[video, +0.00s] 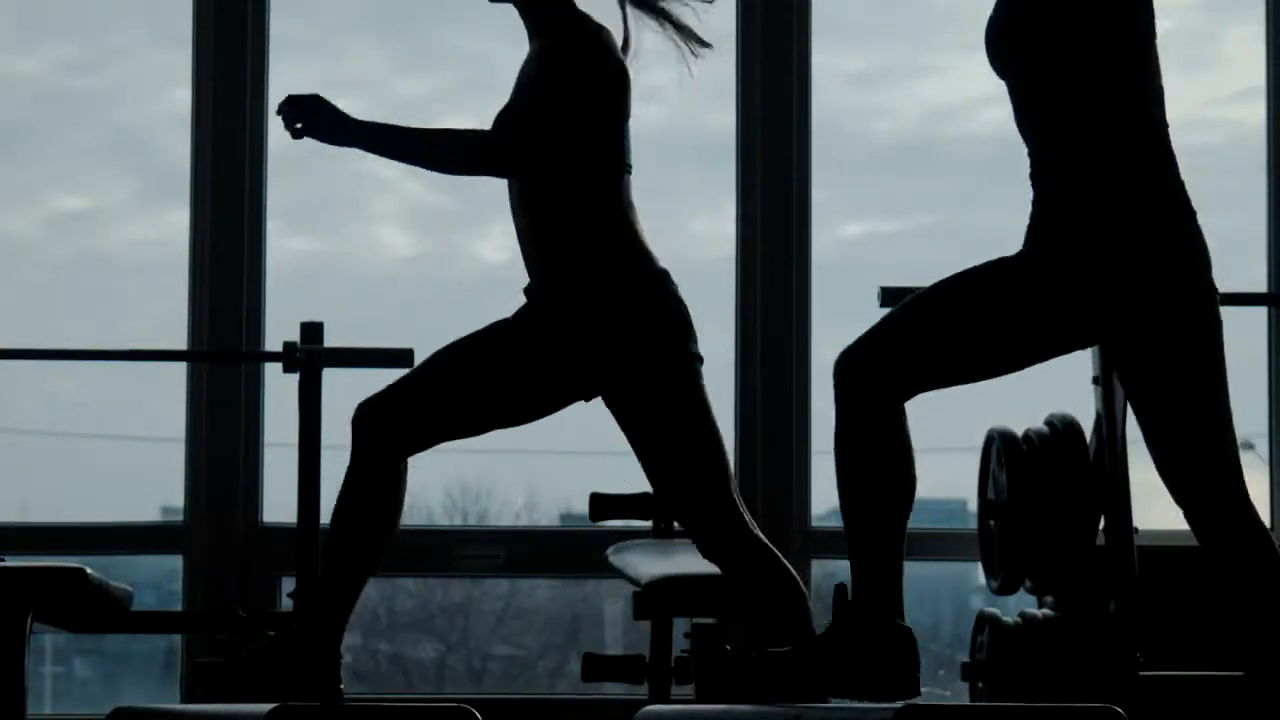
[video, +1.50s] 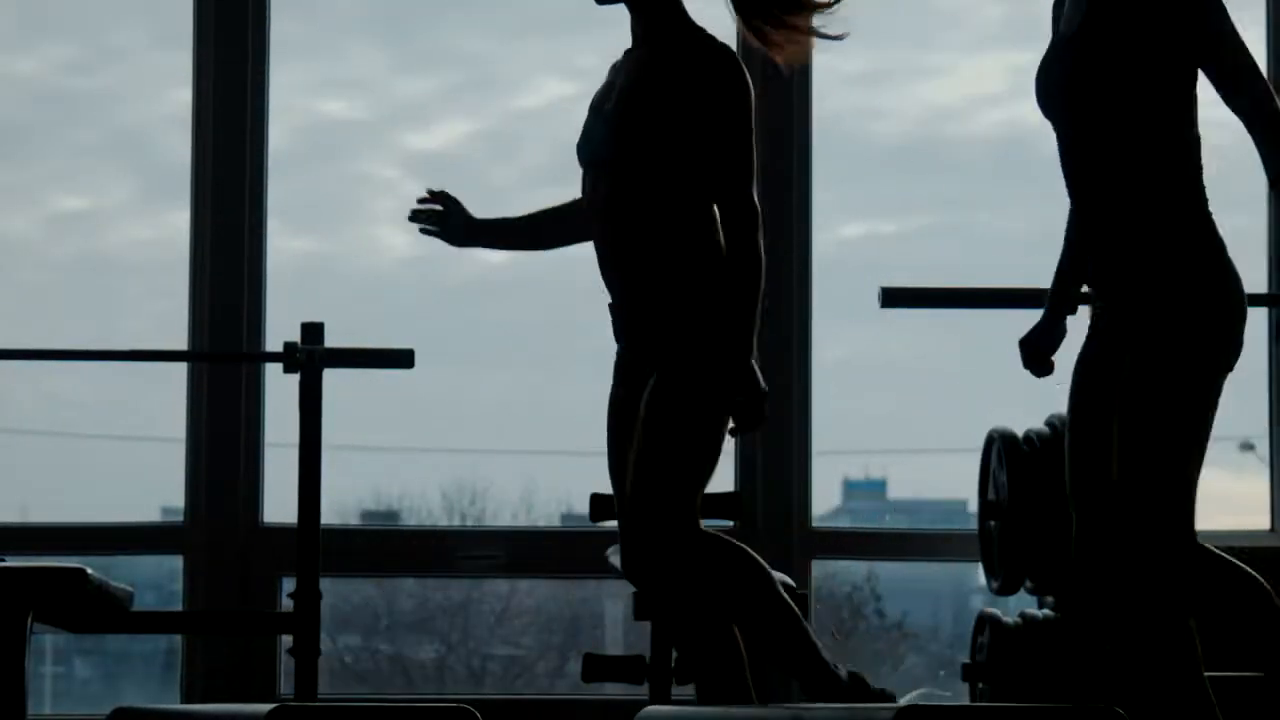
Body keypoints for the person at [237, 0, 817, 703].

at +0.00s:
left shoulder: (582, 54)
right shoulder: (550, 57)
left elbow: (501, 153)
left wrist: (351, 131)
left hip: (627, 324)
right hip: (565, 322)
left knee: (715, 520)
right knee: (382, 428)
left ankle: (815, 695)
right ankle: (311, 657)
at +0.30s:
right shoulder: (385, 2)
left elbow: (570, 109)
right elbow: (278, 96)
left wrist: (600, 237)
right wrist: (149, 99)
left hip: (531, 230)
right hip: (448, 234)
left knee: (433, 377)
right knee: (331, 414)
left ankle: (587, 571)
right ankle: (303, 648)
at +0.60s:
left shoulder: (549, 0)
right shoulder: (395, 0)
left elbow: (606, 111)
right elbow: (303, 86)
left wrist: (659, 245)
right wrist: (211, 99)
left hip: (541, 209)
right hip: (463, 220)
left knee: (365, 236)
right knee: (331, 415)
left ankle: (485, 442)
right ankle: (304, 647)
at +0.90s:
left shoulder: (651, 34)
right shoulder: (583, 52)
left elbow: (588, 152)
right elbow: (555, 211)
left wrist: (455, 152)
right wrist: (506, 314)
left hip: (640, 299)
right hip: (567, 303)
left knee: (701, 514)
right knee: (410, 444)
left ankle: (818, 681)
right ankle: (307, 652)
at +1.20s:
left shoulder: (725, 41)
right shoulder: (698, 32)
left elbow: (665, 176)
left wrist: (533, 202)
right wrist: (869, 38)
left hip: (757, 316)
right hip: (689, 312)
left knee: (797, 532)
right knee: (523, 444)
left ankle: (906, 707)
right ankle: (510, 670)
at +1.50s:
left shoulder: (708, 67)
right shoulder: (623, 78)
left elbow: (742, 221)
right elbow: (601, 211)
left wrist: (742, 358)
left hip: (699, 339)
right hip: (642, 340)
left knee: (664, 539)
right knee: (653, 543)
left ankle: (818, 684)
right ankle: (726, 703)